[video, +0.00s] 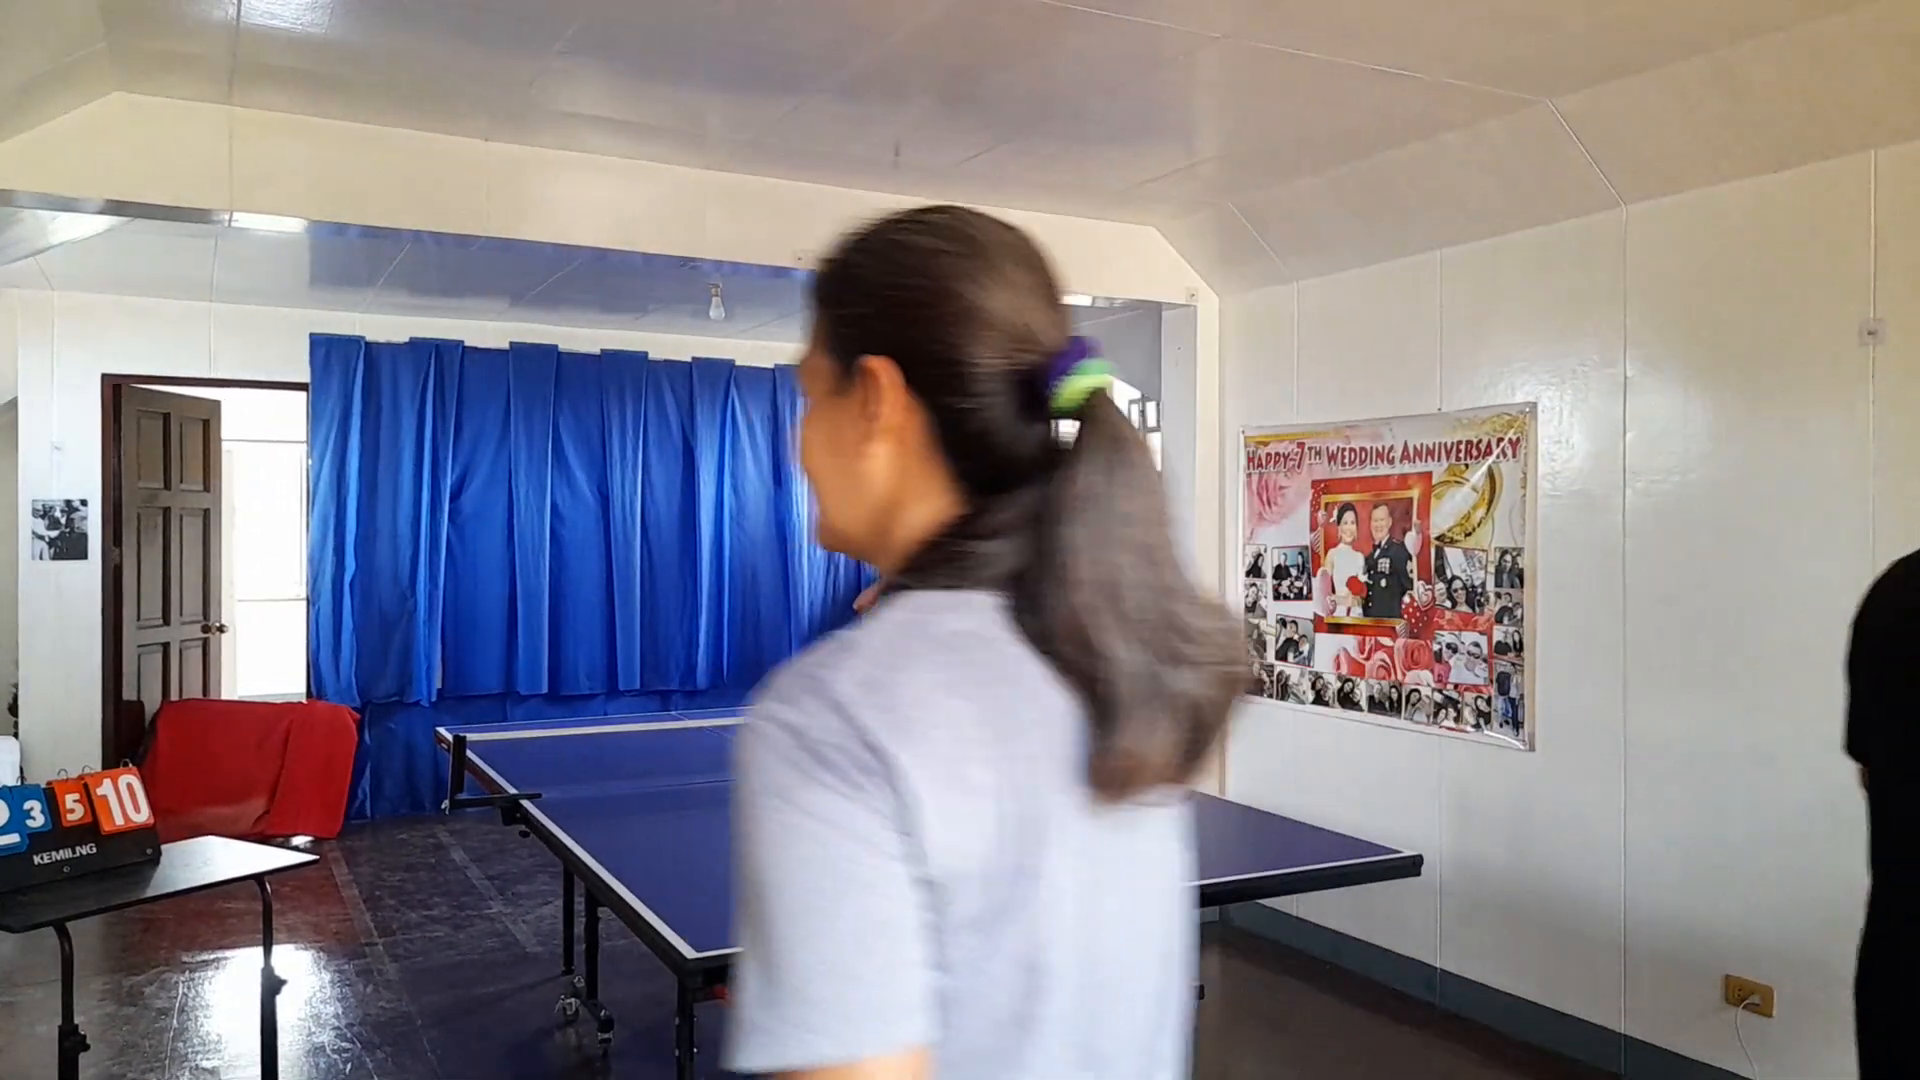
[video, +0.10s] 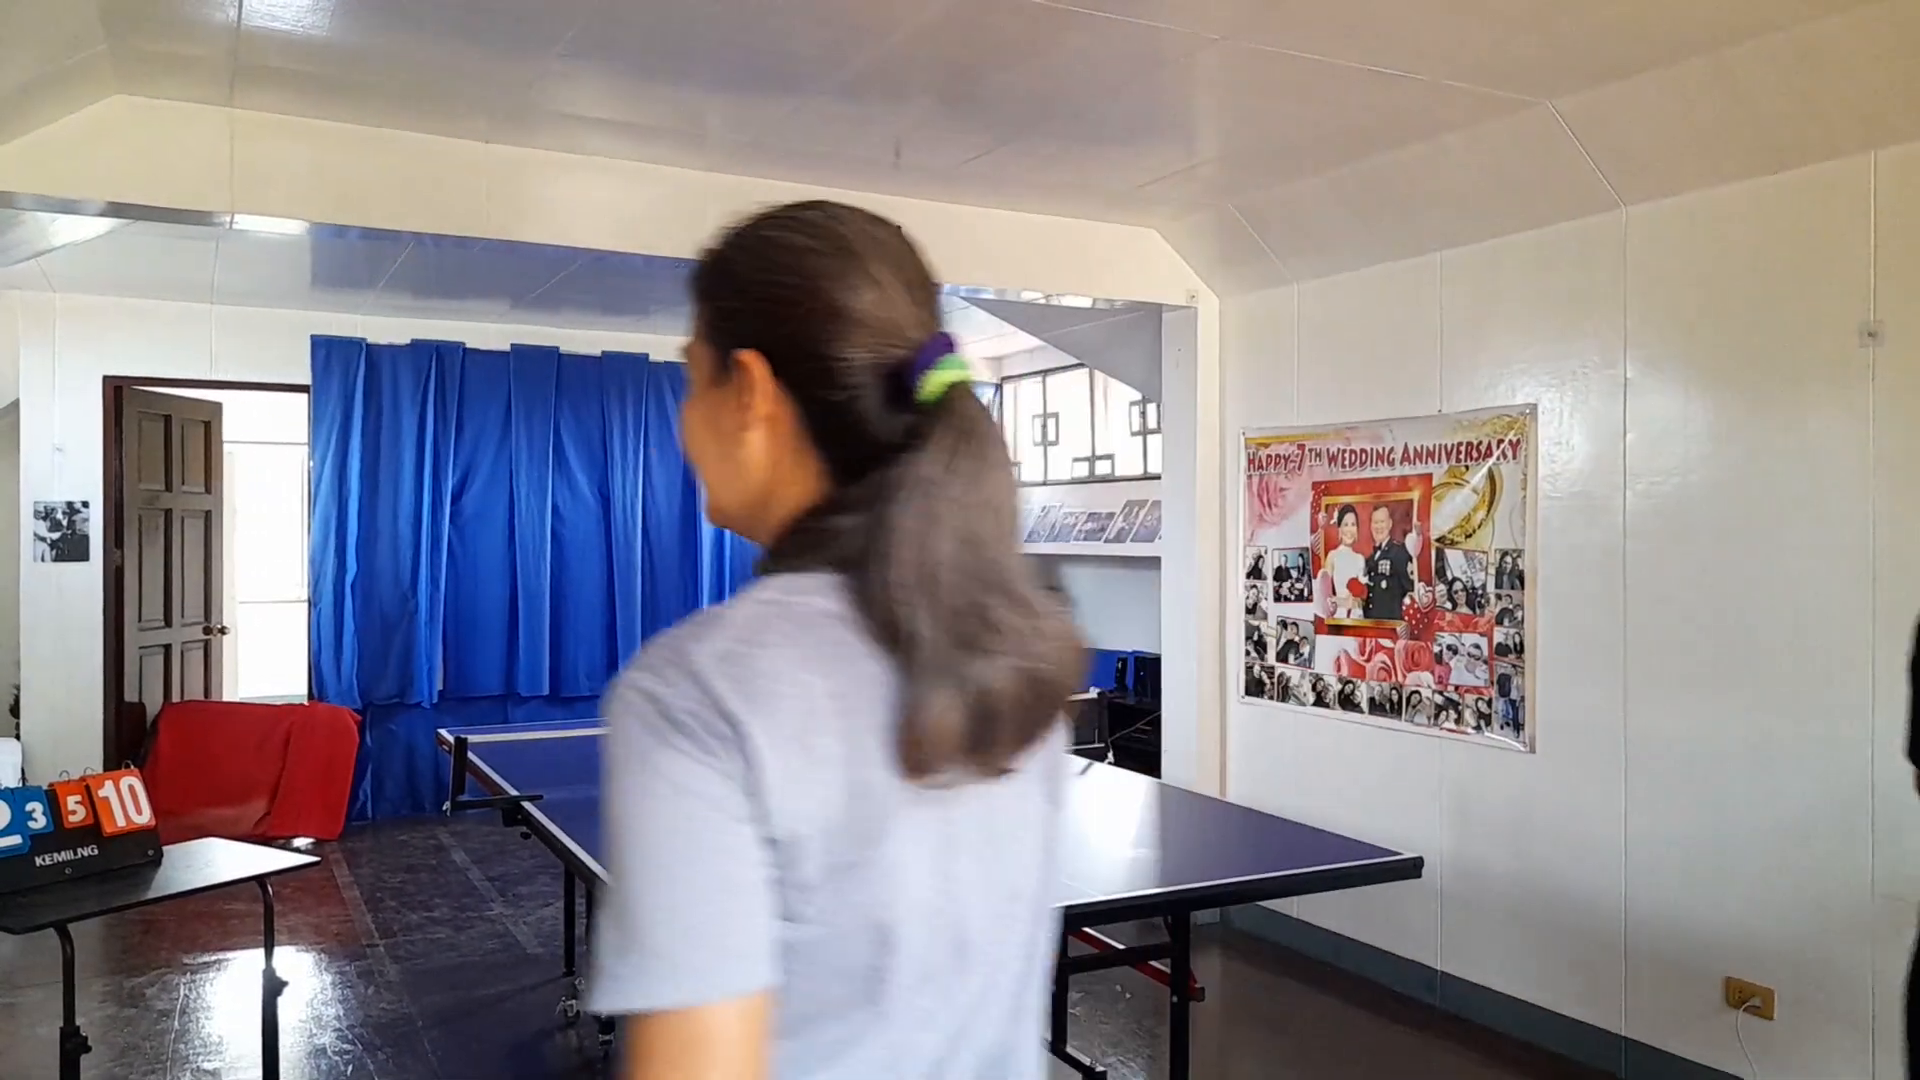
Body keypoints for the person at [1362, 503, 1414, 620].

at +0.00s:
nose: (1378, 525)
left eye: (1382, 520)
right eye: (1375, 521)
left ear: (1390, 522)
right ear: (1370, 524)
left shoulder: (1398, 549)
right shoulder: (1370, 556)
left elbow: (1405, 584)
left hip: (1391, 614)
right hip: (1371, 615)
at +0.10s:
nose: (1378, 527)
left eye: (1382, 522)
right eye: (1375, 522)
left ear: (1390, 523)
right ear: (1370, 525)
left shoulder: (1399, 551)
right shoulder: (1369, 559)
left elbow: (1407, 586)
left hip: (1393, 617)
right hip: (1371, 617)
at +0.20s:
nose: (1379, 528)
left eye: (1383, 524)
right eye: (1375, 524)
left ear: (1391, 526)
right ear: (1371, 527)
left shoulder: (1400, 554)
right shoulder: (1369, 561)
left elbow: (1407, 589)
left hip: (1393, 619)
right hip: (1372, 619)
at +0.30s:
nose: (1378, 525)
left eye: (1382, 520)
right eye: (1374, 521)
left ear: (1390, 522)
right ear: (1370, 524)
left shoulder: (1398, 550)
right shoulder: (1368, 558)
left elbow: (1405, 585)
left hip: (1391, 615)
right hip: (1370, 615)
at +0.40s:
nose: (1378, 526)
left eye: (1382, 522)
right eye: (1375, 522)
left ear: (1390, 524)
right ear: (1370, 525)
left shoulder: (1399, 551)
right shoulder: (1369, 559)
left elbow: (1405, 586)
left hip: (1392, 617)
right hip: (1371, 617)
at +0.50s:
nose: (1379, 528)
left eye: (1382, 523)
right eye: (1375, 524)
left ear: (1390, 525)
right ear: (1370, 527)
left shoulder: (1399, 552)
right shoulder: (1370, 560)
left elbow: (1405, 587)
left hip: (1392, 617)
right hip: (1371, 618)